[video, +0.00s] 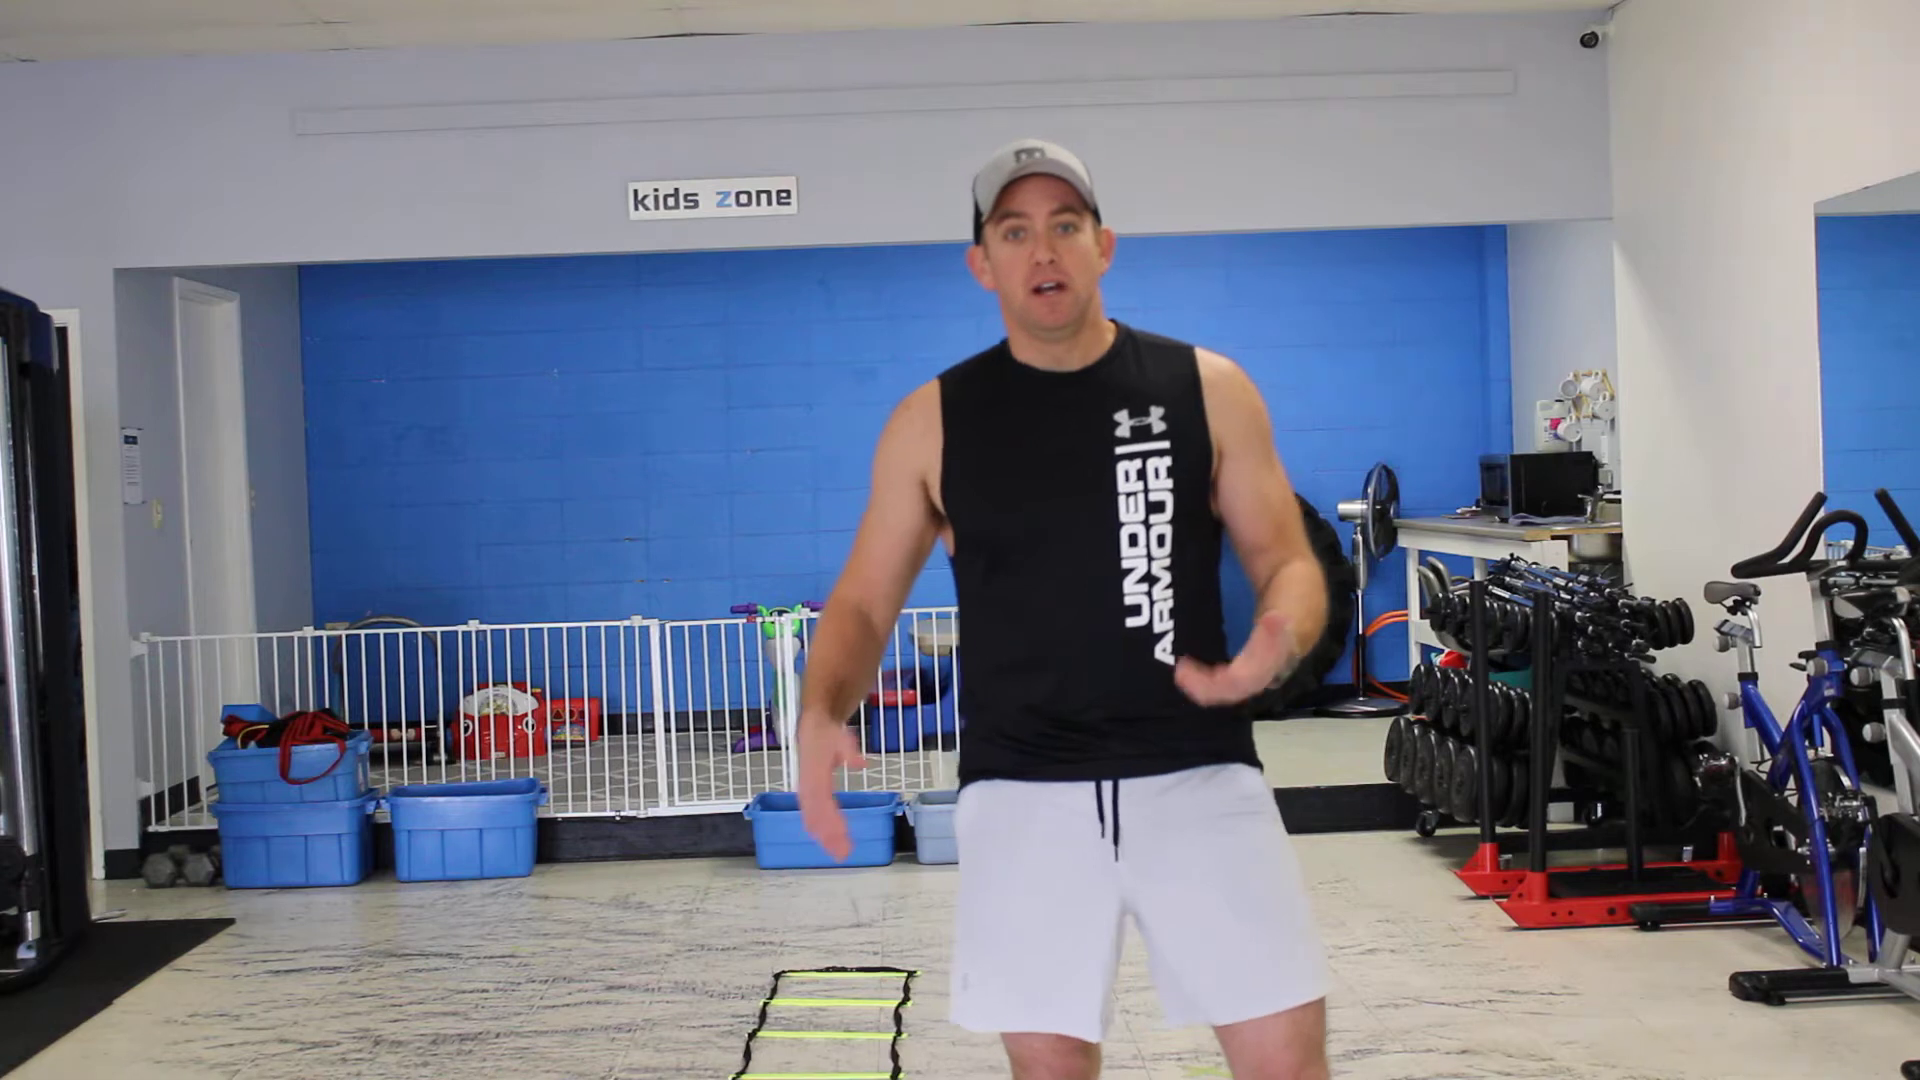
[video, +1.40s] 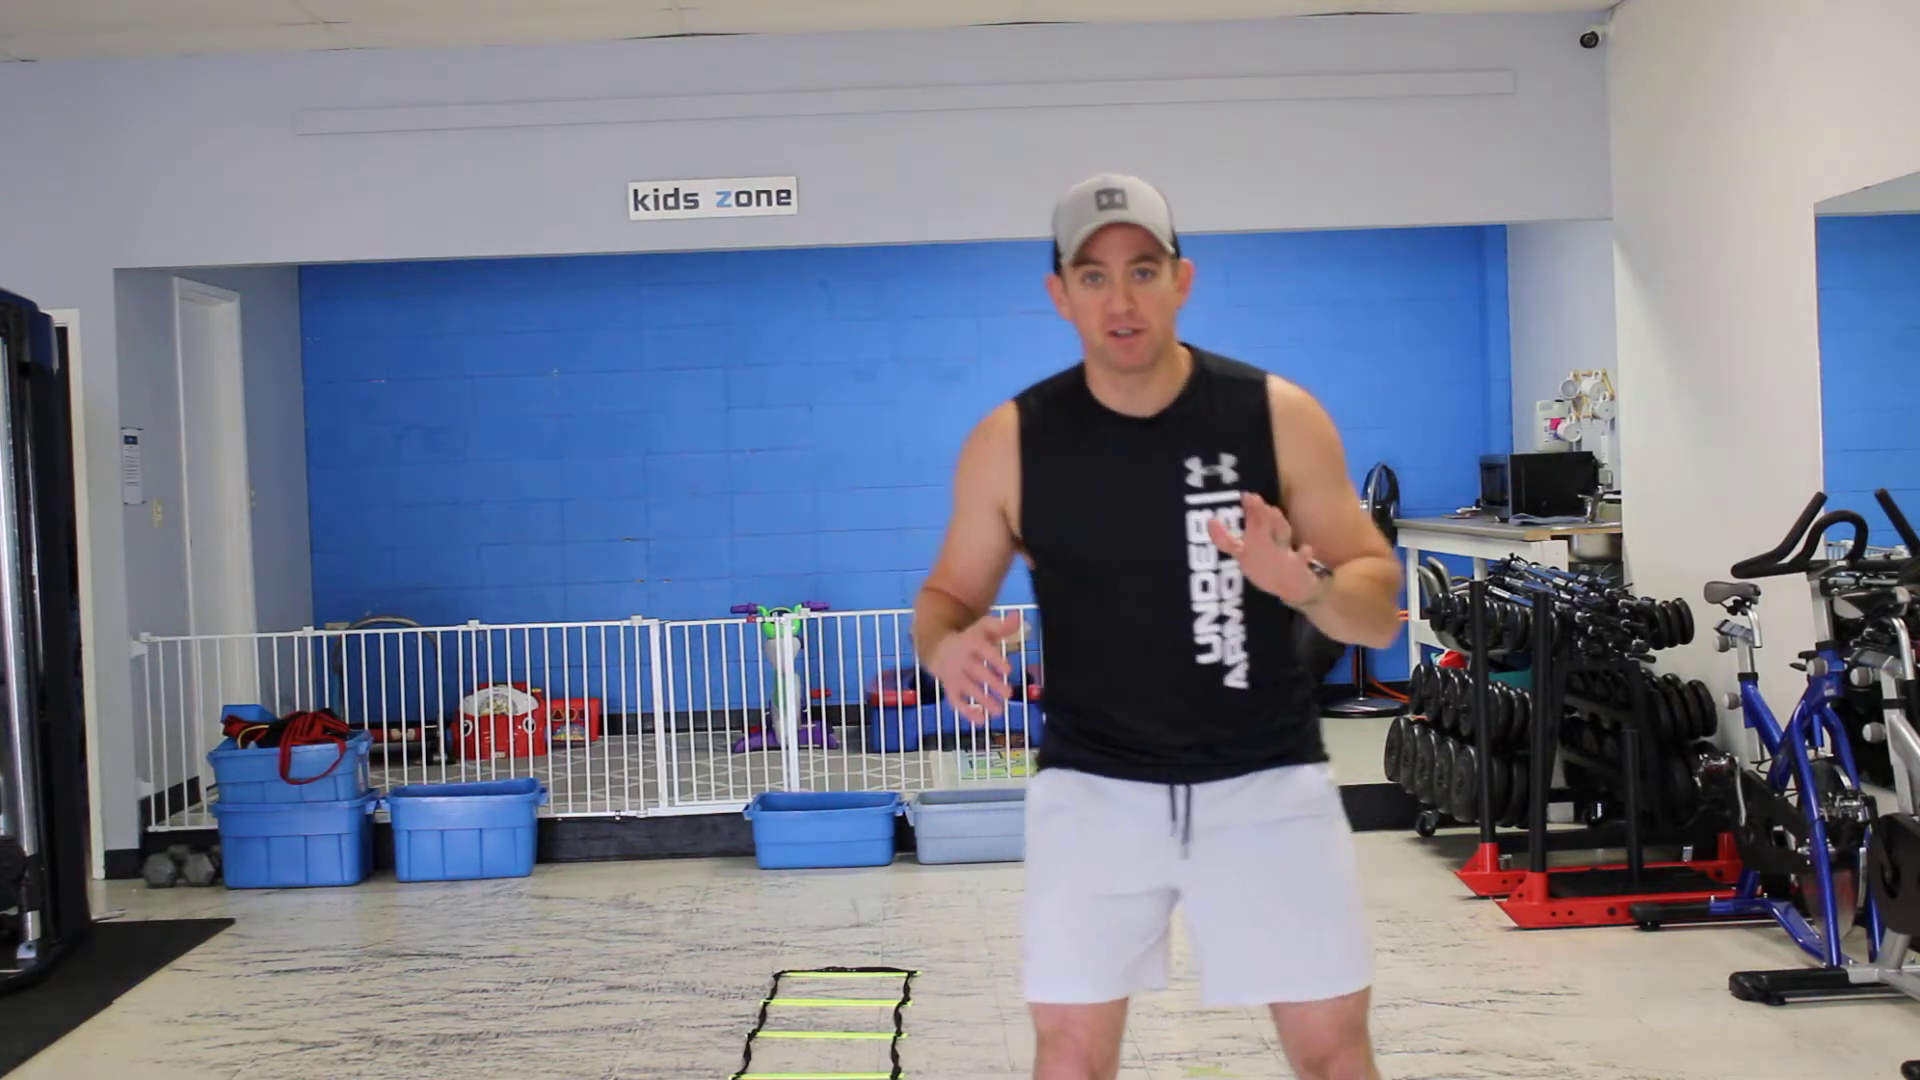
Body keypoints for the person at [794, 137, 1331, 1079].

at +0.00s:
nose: (1044, 249)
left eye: (1066, 225)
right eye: (1015, 231)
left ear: (1104, 247)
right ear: (982, 266)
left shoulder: (1208, 389)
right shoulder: (933, 421)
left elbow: (1287, 563)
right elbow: (863, 605)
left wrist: (1276, 640)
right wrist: (821, 714)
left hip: (1203, 785)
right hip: (1024, 800)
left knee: (1289, 1064)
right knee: (1049, 1066)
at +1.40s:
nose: (1121, 302)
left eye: (1143, 273)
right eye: (1094, 277)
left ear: (1181, 281)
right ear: (1059, 295)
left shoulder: (1281, 419)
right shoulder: (1012, 441)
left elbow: (1380, 610)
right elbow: (948, 599)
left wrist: (1307, 586)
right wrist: (948, 644)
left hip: (1270, 788)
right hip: (1091, 796)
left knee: (1334, 1052)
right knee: (1071, 1056)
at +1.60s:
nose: (1154, 324)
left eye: (1177, 294)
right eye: (1128, 299)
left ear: (1215, 303)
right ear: (1093, 316)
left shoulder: (1310, 435)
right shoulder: (1045, 454)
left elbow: (1411, 618)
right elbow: (988, 605)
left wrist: (1330, 613)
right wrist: (983, 662)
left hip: (1297, 793)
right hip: (1117, 797)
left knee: (1355, 1056)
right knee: (1078, 1058)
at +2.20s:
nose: (1085, 337)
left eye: (1108, 309)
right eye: (1060, 313)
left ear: (1147, 316)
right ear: (1026, 329)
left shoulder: (1239, 448)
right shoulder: (973, 462)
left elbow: (1322, 641)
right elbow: (919, 625)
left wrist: (1243, 628)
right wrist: (928, 755)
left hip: (1227, 799)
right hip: (1051, 807)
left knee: (1305, 1051)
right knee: (1036, 1061)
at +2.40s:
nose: (1072, 362)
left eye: (1095, 335)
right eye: (1046, 337)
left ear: (1135, 345)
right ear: (1014, 353)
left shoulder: (1227, 473)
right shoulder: (958, 485)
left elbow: (1317, 664)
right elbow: (924, 648)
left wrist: (1245, 653)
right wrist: (942, 814)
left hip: (1213, 809)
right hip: (1036, 815)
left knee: (1302, 1054)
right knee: (1027, 1064)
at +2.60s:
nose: (1035, 399)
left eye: (1059, 371)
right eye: (1009, 372)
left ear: (1097, 379)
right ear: (976, 384)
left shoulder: (1182, 503)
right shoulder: (912, 504)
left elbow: (1276, 693)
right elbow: (870, 636)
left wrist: (1206, 695)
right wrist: (901, 795)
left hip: (1172, 816)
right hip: (993, 822)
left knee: (1277, 1057)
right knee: (995, 1067)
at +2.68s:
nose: (1019, 415)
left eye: (1043, 387)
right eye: (994, 388)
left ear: (1083, 393)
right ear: (961, 398)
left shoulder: (1165, 513)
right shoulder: (898, 514)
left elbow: (1253, 709)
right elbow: (849, 635)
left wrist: (1182, 709)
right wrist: (886, 789)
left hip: (1158, 819)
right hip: (981, 828)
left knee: (1267, 1062)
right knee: (989, 1069)